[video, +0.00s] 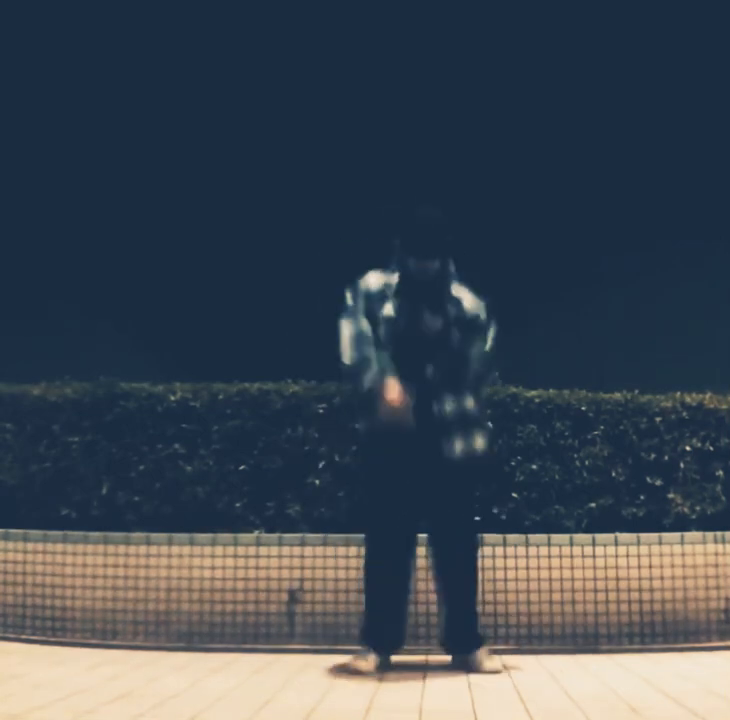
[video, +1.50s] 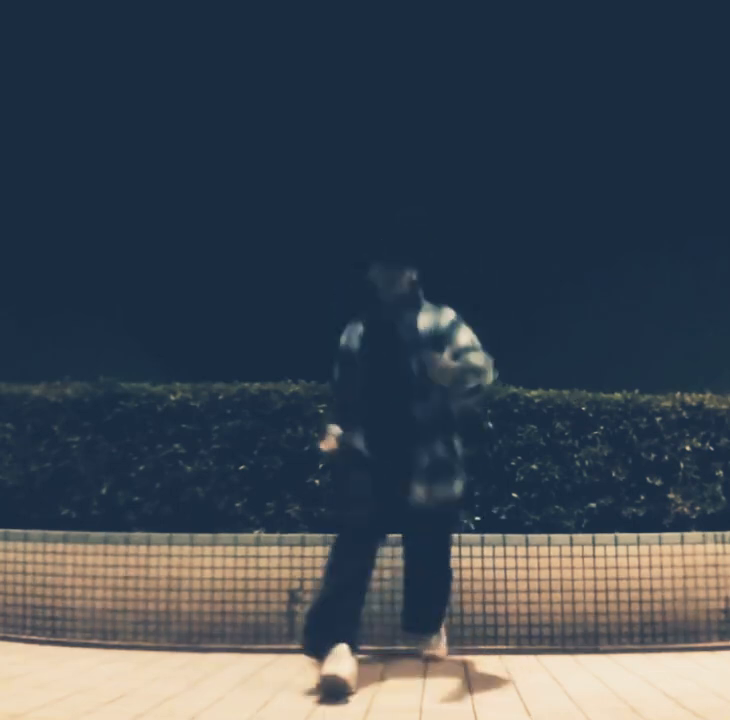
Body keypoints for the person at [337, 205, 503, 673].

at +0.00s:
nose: (424, 267)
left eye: (433, 258)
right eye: (416, 258)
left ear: (448, 257)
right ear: (401, 254)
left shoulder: (469, 305)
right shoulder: (370, 292)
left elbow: (476, 375)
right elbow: (356, 350)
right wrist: (382, 384)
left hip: (453, 446)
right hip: (391, 445)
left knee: (457, 544)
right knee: (386, 542)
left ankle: (467, 646)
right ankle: (377, 647)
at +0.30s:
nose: (420, 251)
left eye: (428, 240)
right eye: (410, 241)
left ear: (442, 242)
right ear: (395, 245)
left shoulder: (474, 290)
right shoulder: (370, 307)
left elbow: (515, 326)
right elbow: (338, 385)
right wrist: (352, 435)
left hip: (464, 447)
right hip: (390, 450)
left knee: (485, 533)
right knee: (351, 533)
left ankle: (484, 646)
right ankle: (358, 646)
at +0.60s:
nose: (427, 245)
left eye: (436, 236)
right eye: (417, 235)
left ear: (450, 239)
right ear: (399, 240)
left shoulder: (466, 278)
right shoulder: (383, 279)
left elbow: (497, 250)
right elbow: (365, 227)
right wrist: (390, 195)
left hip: (449, 415)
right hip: (390, 413)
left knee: (451, 528)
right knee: (382, 529)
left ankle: (472, 643)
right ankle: (372, 642)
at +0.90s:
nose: (413, 258)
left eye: (420, 248)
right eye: (403, 248)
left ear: (433, 247)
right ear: (387, 248)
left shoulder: (460, 291)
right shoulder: (368, 291)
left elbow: (475, 362)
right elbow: (352, 362)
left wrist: (458, 342)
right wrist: (363, 351)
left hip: (456, 430)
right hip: (391, 431)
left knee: (488, 520)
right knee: (379, 529)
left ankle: (479, 632)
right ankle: (372, 644)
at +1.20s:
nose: (412, 258)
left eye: (421, 248)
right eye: (402, 248)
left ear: (434, 233)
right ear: (388, 236)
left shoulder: (460, 262)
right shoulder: (368, 265)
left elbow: (489, 303)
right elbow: (335, 325)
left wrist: (461, 325)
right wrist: (368, 336)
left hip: (451, 418)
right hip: (383, 417)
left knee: (460, 516)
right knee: (376, 517)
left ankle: (447, 622)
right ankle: (372, 627)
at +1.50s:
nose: (393, 281)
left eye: (400, 272)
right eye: (384, 272)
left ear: (414, 274)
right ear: (371, 276)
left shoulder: (442, 321)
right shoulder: (357, 332)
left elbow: (482, 370)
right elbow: (341, 393)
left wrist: (448, 370)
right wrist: (334, 429)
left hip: (431, 466)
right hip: (371, 466)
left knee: (430, 550)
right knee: (352, 550)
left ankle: (430, 629)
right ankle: (336, 649)